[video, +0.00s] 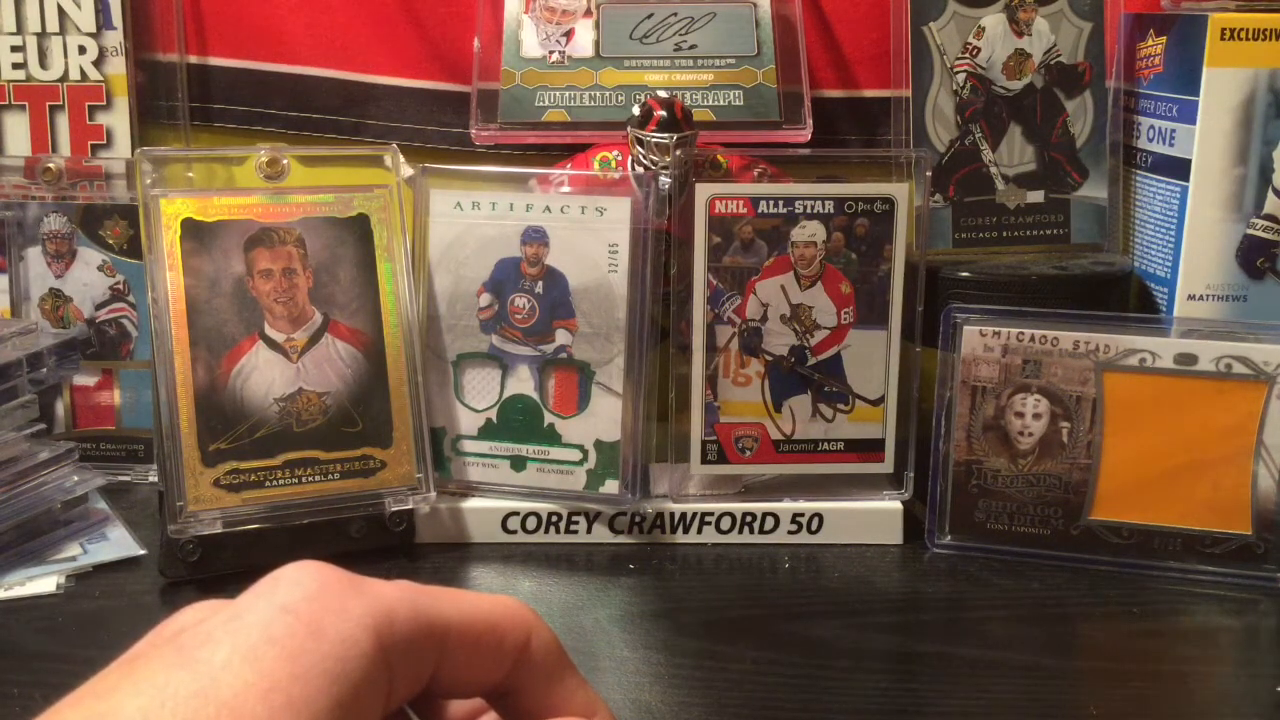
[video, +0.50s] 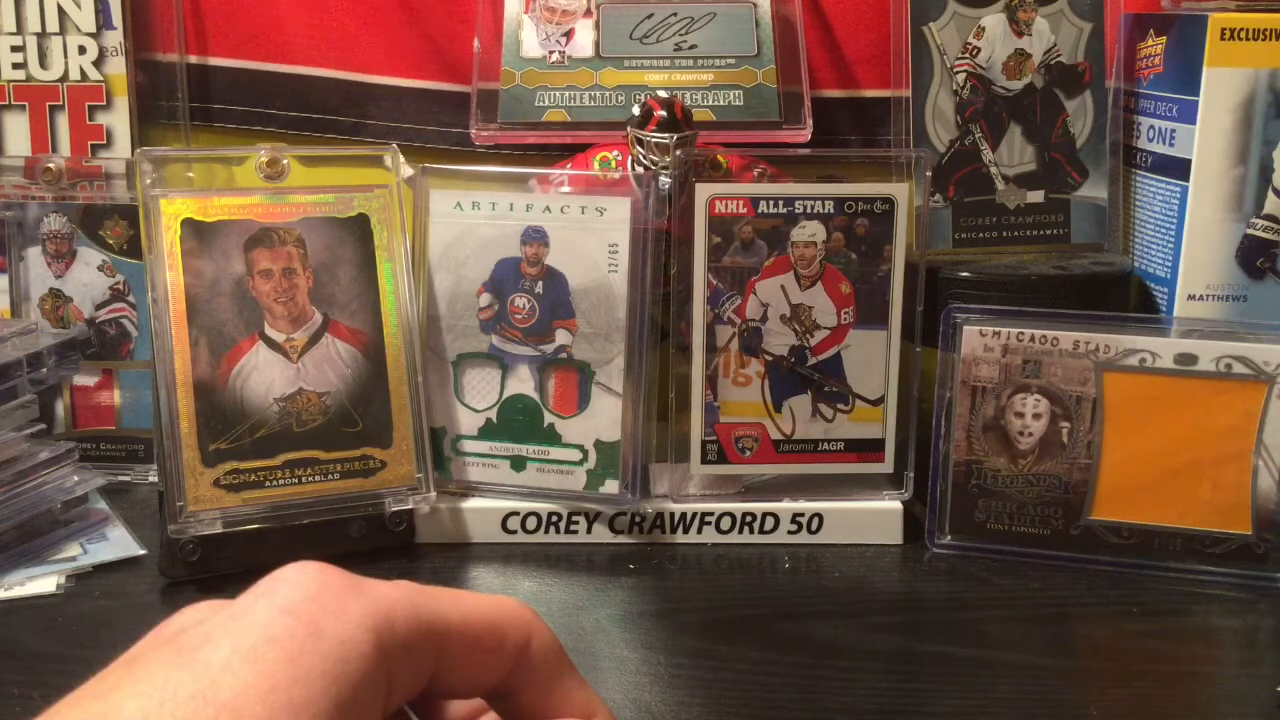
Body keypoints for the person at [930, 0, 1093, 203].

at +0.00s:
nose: (1030, 16)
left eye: (1033, 10)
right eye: (1024, 10)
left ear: (1037, 10)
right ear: (1010, 9)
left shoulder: (1041, 27)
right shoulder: (990, 26)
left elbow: (1050, 60)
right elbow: (965, 63)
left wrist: (1067, 75)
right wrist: (969, 98)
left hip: (1025, 92)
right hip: (992, 93)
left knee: (1056, 123)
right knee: (979, 138)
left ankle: (1063, 177)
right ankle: (942, 186)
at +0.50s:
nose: (1029, 16)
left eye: (1033, 10)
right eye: (1024, 10)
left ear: (1037, 10)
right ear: (1011, 9)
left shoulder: (1041, 27)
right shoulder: (990, 26)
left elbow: (1050, 61)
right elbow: (965, 62)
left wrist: (1068, 74)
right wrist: (969, 96)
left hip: (1026, 92)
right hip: (993, 94)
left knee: (1056, 122)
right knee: (980, 138)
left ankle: (1063, 177)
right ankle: (943, 185)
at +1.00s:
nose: (1029, 16)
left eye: (1033, 10)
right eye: (1023, 10)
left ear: (1037, 11)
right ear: (1010, 9)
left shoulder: (1041, 27)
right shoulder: (990, 26)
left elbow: (1050, 63)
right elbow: (965, 62)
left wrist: (1069, 75)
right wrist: (970, 97)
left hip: (1025, 92)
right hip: (992, 93)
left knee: (1055, 118)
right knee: (982, 136)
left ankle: (1062, 174)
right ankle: (943, 182)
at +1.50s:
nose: (1029, 16)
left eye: (1033, 10)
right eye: (1024, 10)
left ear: (1037, 11)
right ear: (1010, 9)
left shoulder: (1041, 27)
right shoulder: (990, 26)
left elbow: (1050, 63)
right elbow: (965, 62)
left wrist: (1069, 75)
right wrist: (969, 97)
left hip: (1025, 92)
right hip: (992, 93)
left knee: (1055, 118)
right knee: (981, 136)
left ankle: (1063, 173)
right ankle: (942, 183)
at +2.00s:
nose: (1029, 16)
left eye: (1033, 10)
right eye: (1023, 10)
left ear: (1037, 10)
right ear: (1010, 9)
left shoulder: (1041, 27)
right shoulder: (990, 26)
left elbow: (1050, 63)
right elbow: (964, 62)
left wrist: (1070, 74)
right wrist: (969, 96)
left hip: (1026, 91)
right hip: (993, 93)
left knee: (1056, 121)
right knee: (979, 138)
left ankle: (1063, 175)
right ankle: (942, 185)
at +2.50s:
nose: (1029, 16)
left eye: (1033, 10)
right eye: (1024, 10)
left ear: (1037, 10)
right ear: (1011, 9)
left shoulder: (1041, 27)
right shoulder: (990, 26)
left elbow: (1050, 62)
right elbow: (965, 62)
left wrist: (1069, 74)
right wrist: (969, 95)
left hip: (1027, 91)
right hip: (993, 93)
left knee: (1056, 120)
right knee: (980, 138)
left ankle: (1063, 174)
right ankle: (942, 185)